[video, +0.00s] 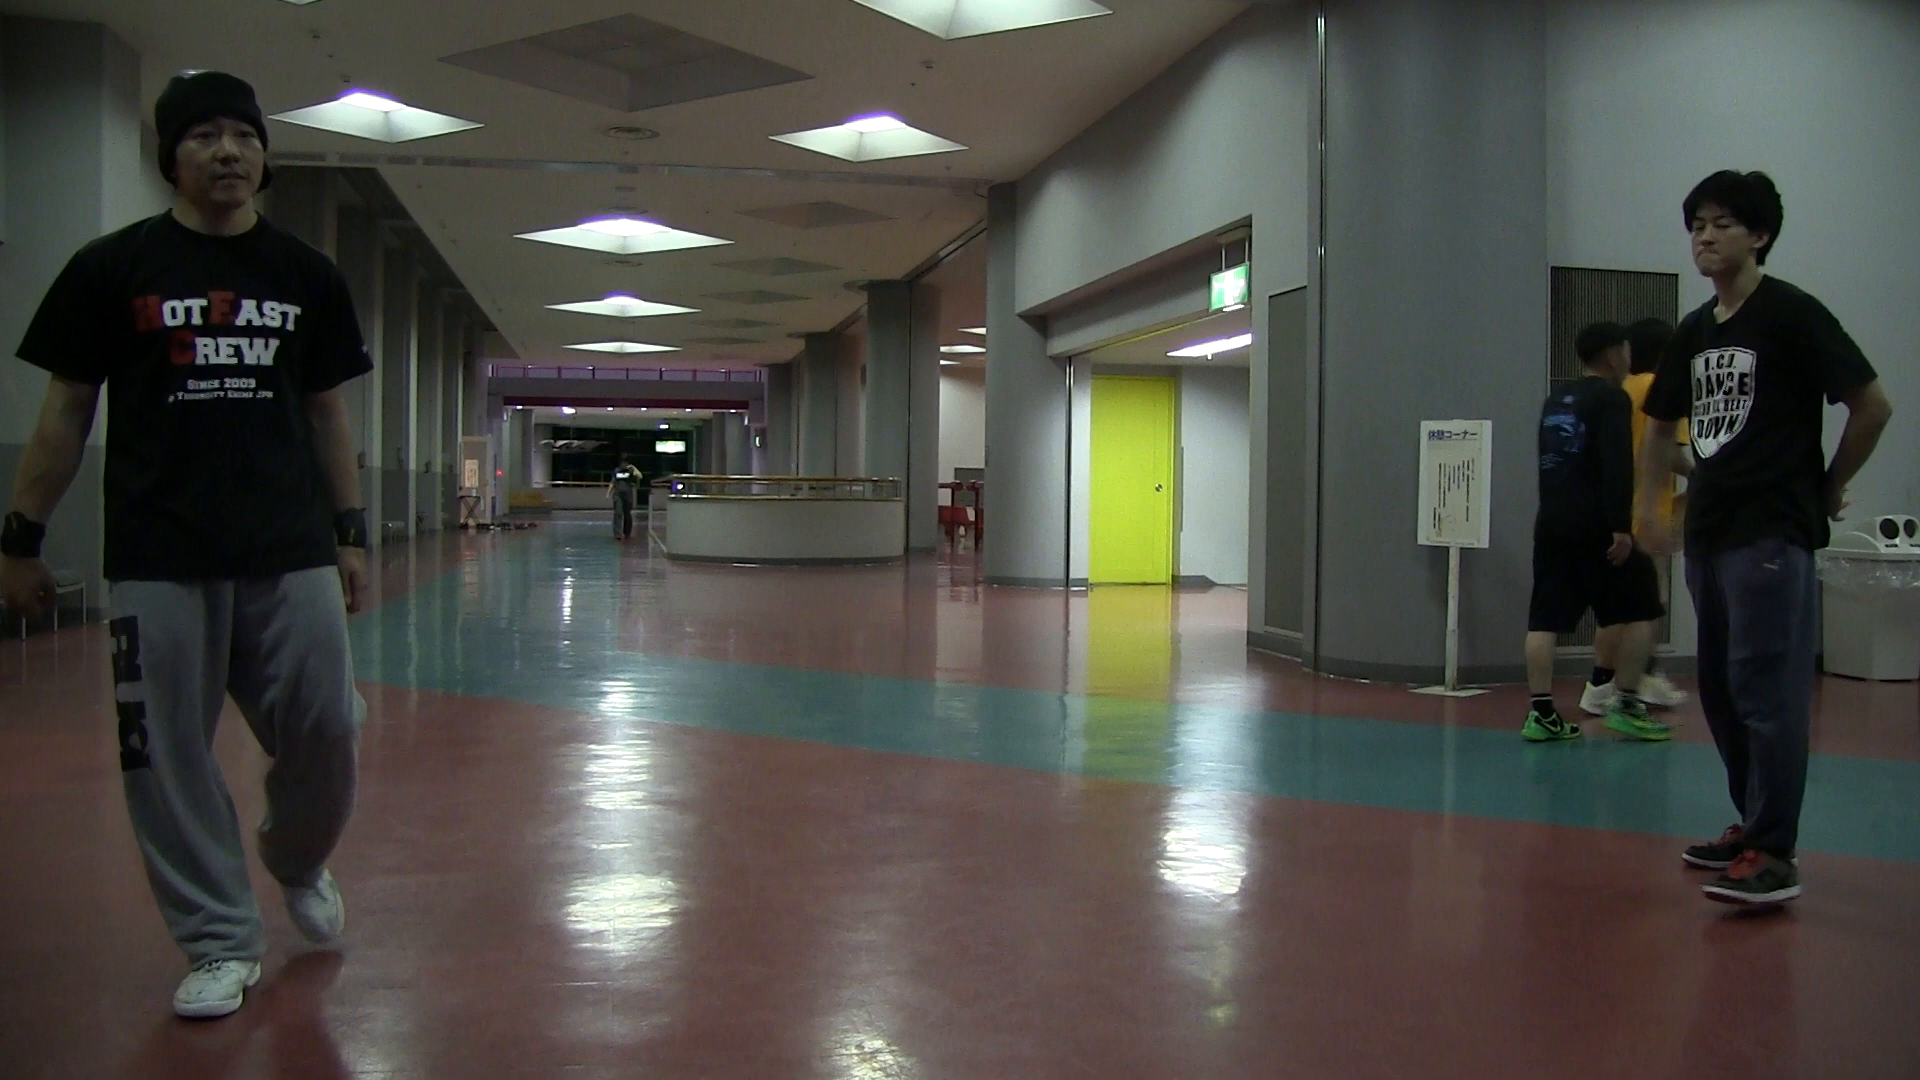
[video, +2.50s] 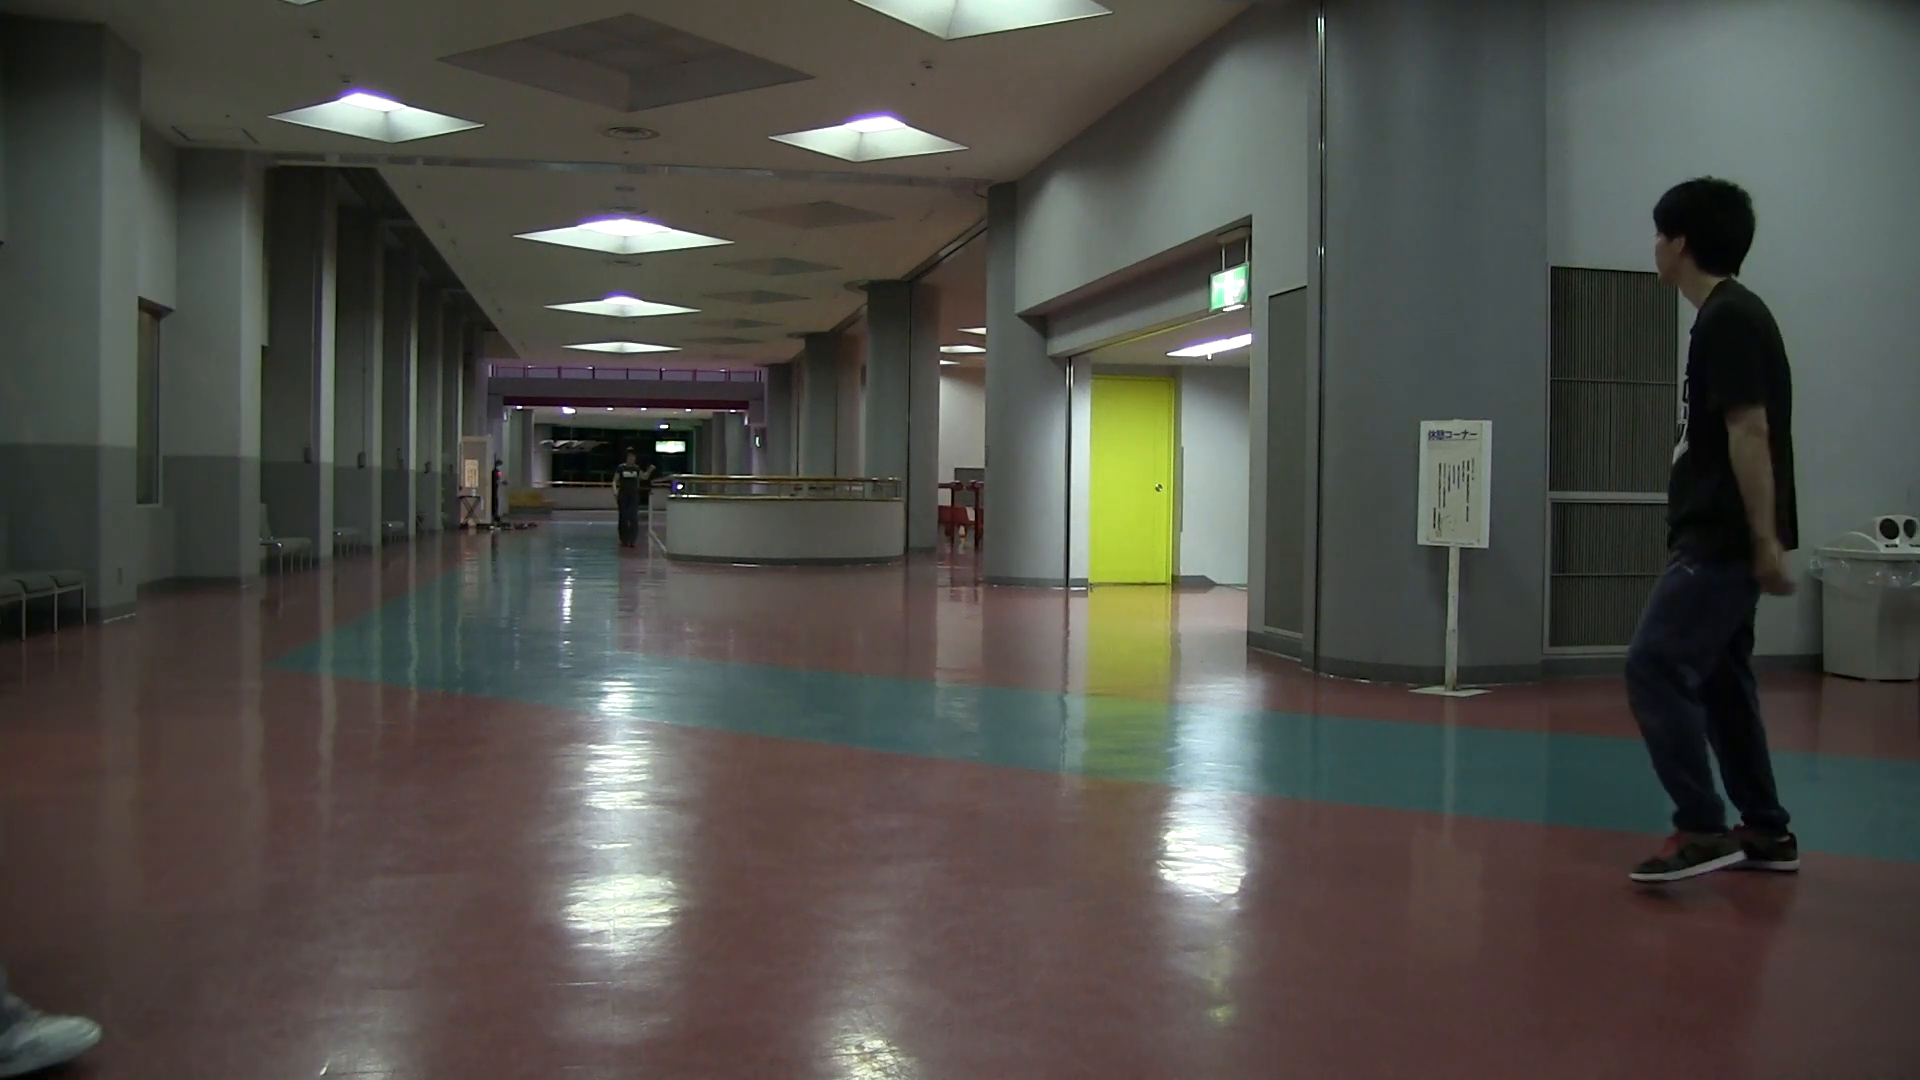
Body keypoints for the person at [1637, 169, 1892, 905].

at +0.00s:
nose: (1705, 236)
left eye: (1722, 223)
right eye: (1697, 225)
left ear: (1759, 235)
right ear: (1692, 239)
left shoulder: (1795, 313)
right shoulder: (1693, 331)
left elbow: (1873, 407)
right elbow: (1660, 430)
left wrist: (1835, 482)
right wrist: (1654, 501)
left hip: (1776, 528)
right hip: (1710, 529)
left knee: (1768, 690)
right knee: (1721, 686)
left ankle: (1774, 856)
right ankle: (1753, 825)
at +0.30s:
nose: (1742, 244)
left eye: (1756, 231)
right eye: (1728, 232)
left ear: (1776, 242)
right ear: (1704, 243)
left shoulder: (1818, 327)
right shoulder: (1677, 336)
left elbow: (1894, 412)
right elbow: (1602, 410)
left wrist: (1852, 504)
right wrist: (1562, 442)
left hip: (1775, 540)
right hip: (1693, 543)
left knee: (1766, 694)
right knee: (1713, 693)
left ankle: (1759, 863)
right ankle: (1754, 829)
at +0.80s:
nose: (1727, 260)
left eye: (1740, 246)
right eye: (1712, 249)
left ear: (1762, 253)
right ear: (1690, 260)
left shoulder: (1807, 337)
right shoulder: (1668, 353)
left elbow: (1866, 436)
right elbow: (1648, 450)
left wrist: (1787, 475)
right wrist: (1631, 508)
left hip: (1793, 552)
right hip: (1707, 555)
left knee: (1788, 703)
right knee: (1677, 702)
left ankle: (1765, 865)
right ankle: (1736, 811)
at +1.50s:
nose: (1679, 291)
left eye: (1691, 274)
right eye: (1667, 280)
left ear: (1728, 272)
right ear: (1658, 287)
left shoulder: (1790, 342)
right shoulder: (1663, 375)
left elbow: (1795, 457)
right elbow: (1679, 472)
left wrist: (1689, 465)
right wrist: (1649, 505)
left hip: (1784, 551)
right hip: (1705, 554)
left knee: (1752, 690)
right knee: (1704, 696)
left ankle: (1757, 862)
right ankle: (1742, 824)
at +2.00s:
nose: (1643, 282)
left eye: (1656, 267)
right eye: (1639, 269)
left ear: (1704, 269)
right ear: (1643, 277)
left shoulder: (1767, 339)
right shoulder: (1662, 369)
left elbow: (1771, 458)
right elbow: (1678, 478)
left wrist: (1690, 538)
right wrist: (1672, 548)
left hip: (1798, 544)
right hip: (1722, 548)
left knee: (1764, 691)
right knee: (1676, 694)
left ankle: (1757, 864)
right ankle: (1716, 812)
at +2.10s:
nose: (1633, 268)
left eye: (1643, 254)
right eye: (1634, 254)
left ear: (1686, 261)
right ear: (1677, 264)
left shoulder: (1757, 334)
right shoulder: (1671, 357)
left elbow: (1771, 457)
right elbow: (1689, 464)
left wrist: (1761, 565)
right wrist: (1669, 554)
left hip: (1782, 552)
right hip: (1712, 550)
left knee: (1762, 704)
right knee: (1674, 696)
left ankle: (1756, 863)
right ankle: (1737, 812)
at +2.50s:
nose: (1654, 251)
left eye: (1658, 238)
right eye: (1656, 237)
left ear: (1681, 245)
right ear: (1715, 247)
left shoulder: (1730, 320)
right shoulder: (1727, 316)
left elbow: (1749, 432)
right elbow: (1735, 434)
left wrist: (1766, 539)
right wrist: (1707, 533)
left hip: (1718, 542)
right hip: (1719, 538)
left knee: (1654, 671)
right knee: (1723, 680)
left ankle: (1702, 832)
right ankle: (1766, 832)